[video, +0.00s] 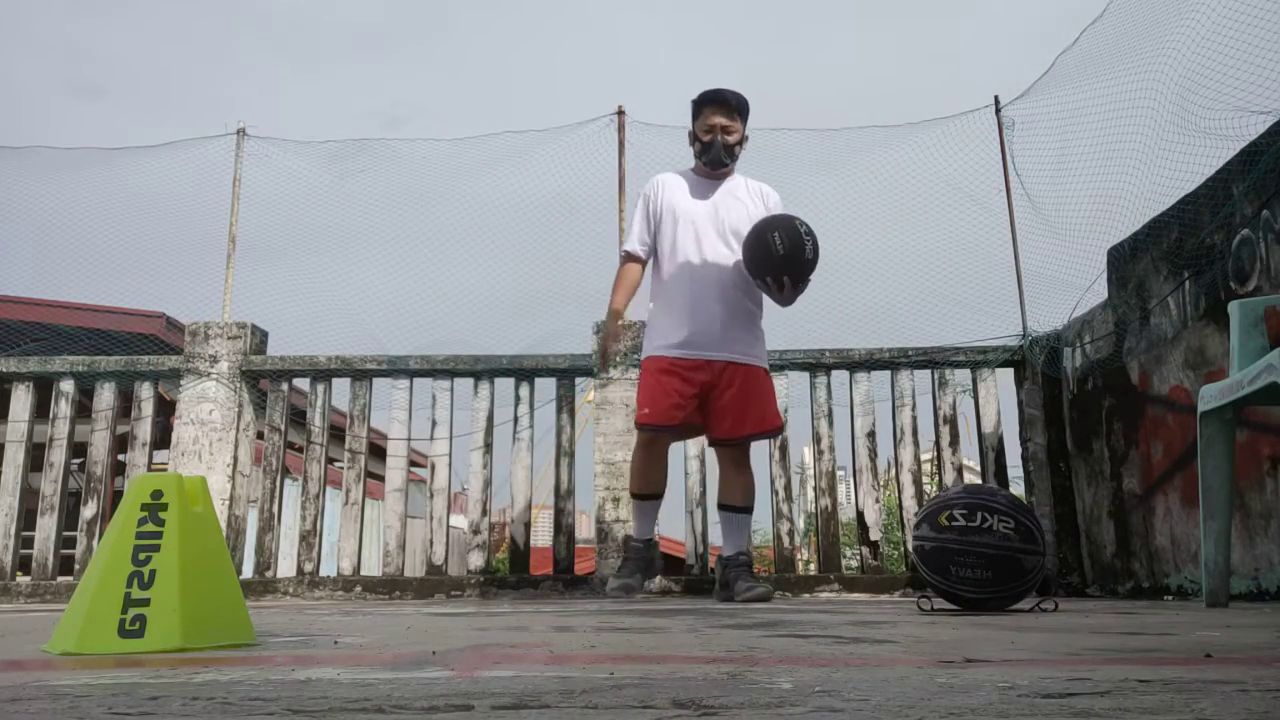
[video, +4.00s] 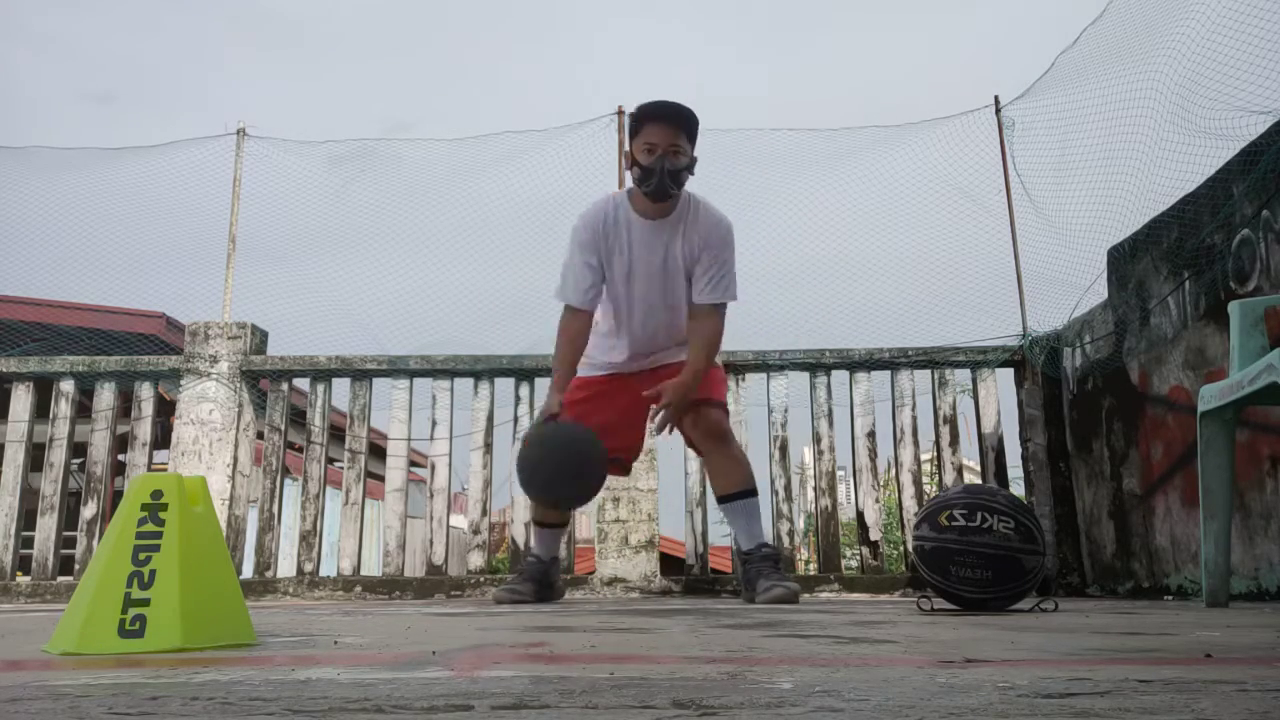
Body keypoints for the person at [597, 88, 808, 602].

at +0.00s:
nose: (719, 139)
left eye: (729, 132)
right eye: (710, 131)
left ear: (743, 138)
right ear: (692, 134)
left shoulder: (762, 197)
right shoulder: (662, 189)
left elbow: (781, 279)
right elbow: (634, 257)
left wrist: (787, 291)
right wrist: (613, 316)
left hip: (738, 351)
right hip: (669, 348)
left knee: (734, 451)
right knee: (651, 436)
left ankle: (736, 567)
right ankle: (640, 556)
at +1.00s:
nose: (623, 171)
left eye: (636, 161)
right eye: (614, 159)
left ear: (655, 166)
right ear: (599, 163)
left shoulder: (683, 223)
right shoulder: (580, 224)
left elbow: (722, 296)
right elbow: (558, 289)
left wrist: (726, 358)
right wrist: (523, 307)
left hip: (682, 365)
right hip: (607, 370)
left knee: (714, 442)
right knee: (559, 447)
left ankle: (761, 558)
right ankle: (556, 567)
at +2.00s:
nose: (677, 170)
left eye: (690, 160)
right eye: (666, 156)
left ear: (705, 167)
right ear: (644, 160)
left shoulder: (721, 233)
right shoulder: (609, 228)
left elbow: (718, 325)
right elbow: (591, 316)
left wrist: (684, 386)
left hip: (695, 365)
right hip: (623, 370)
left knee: (715, 426)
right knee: (564, 447)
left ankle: (758, 562)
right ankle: (549, 568)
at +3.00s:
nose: (674, 161)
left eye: (687, 150)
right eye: (662, 146)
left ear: (704, 157)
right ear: (642, 150)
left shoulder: (721, 224)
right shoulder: (608, 219)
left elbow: (716, 319)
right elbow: (590, 307)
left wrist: (679, 379)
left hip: (692, 359)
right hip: (618, 366)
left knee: (716, 427)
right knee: (571, 443)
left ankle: (758, 563)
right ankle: (550, 566)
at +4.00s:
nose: (659, 165)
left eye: (674, 154)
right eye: (648, 151)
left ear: (691, 161)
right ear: (630, 155)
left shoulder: (709, 227)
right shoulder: (598, 223)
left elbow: (708, 316)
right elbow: (577, 313)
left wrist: (689, 379)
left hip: (681, 362)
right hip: (607, 366)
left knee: (710, 426)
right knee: (556, 448)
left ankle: (758, 561)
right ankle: (541, 568)